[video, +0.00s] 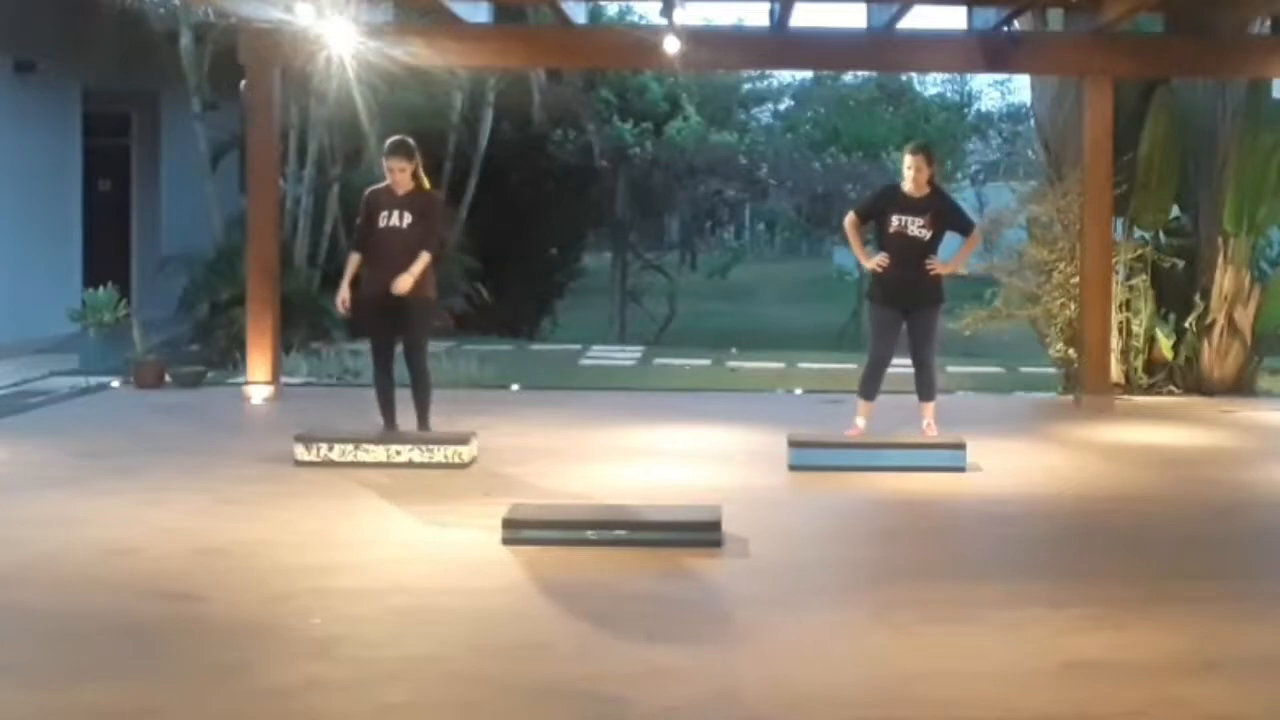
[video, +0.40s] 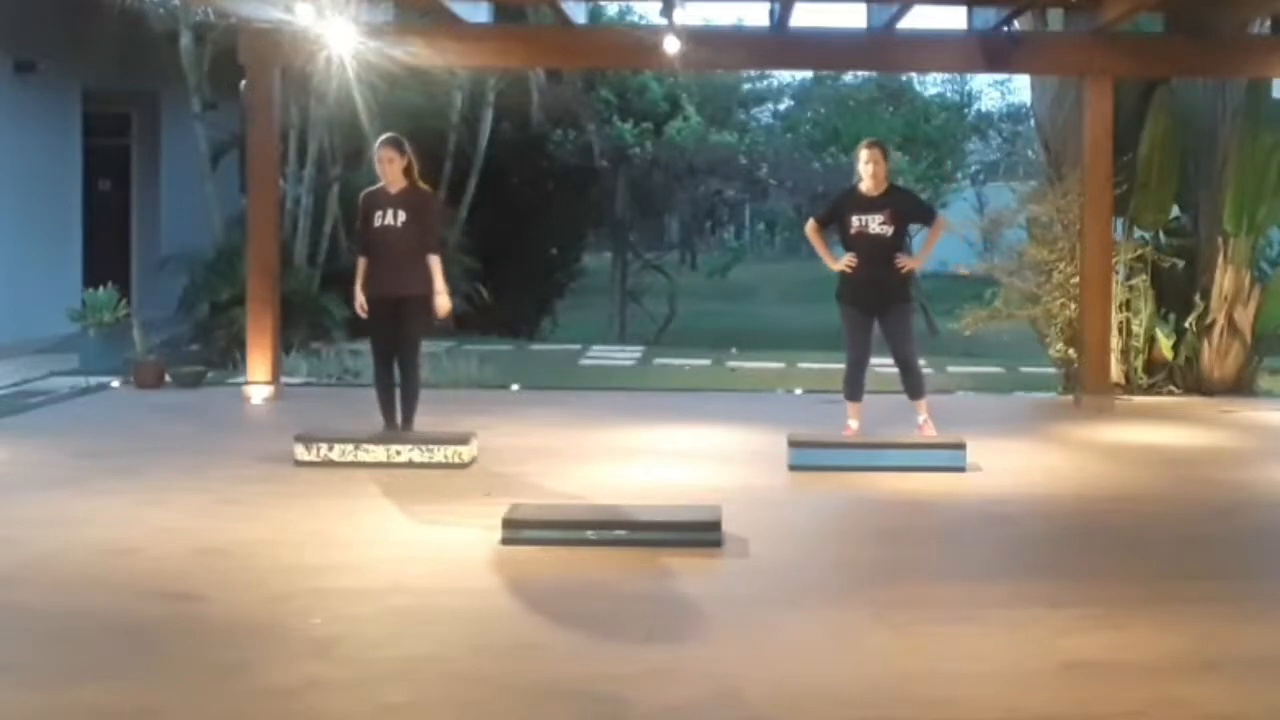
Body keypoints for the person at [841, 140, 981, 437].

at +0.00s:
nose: (911, 174)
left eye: (918, 169)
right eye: (908, 168)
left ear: (931, 170)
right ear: (902, 168)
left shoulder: (940, 202)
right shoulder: (887, 196)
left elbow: (974, 234)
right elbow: (851, 221)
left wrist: (952, 265)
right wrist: (865, 258)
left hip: (924, 288)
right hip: (887, 286)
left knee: (924, 356)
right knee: (880, 354)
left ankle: (928, 419)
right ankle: (861, 418)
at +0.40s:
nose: (870, 167)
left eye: (875, 161)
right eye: (865, 162)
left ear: (886, 165)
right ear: (858, 167)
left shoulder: (902, 198)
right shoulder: (846, 200)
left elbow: (939, 223)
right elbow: (812, 227)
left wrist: (919, 259)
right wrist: (832, 261)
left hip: (893, 286)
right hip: (855, 287)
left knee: (905, 355)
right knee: (856, 356)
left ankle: (923, 416)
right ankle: (853, 419)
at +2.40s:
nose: (869, 160)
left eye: (874, 155)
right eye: (864, 155)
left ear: (887, 160)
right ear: (858, 161)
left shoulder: (904, 198)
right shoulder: (847, 198)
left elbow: (940, 231)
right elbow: (813, 227)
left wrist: (920, 265)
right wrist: (832, 261)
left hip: (893, 288)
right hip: (854, 288)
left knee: (898, 361)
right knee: (845, 359)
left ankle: (914, 429)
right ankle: (838, 429)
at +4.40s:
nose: (875, 162)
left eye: (880, 156)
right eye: (870, 157)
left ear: (890, 161)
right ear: (861, 162)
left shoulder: (905, 199)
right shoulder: (846, 199)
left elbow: (941, 228)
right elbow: (814, 229)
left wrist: (921, 264)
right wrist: (834, 263)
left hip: (897, 287)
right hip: (856, 287)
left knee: (901, 361)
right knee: (848, 359)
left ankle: (914, 428)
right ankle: (837, 429)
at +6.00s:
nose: (884, 175)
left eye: (889, 169)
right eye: (879, 169)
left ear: (895, 170)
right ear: (866, 168)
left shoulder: (904, 200)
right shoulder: (848, 200)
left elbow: (940, 228)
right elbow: (815, 233)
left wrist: (922, 262)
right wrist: (836, 268)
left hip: (899, 289)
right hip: (862, 289)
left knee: (890, 360)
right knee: (863, 357)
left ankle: (889, 426)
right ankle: (845, 424)